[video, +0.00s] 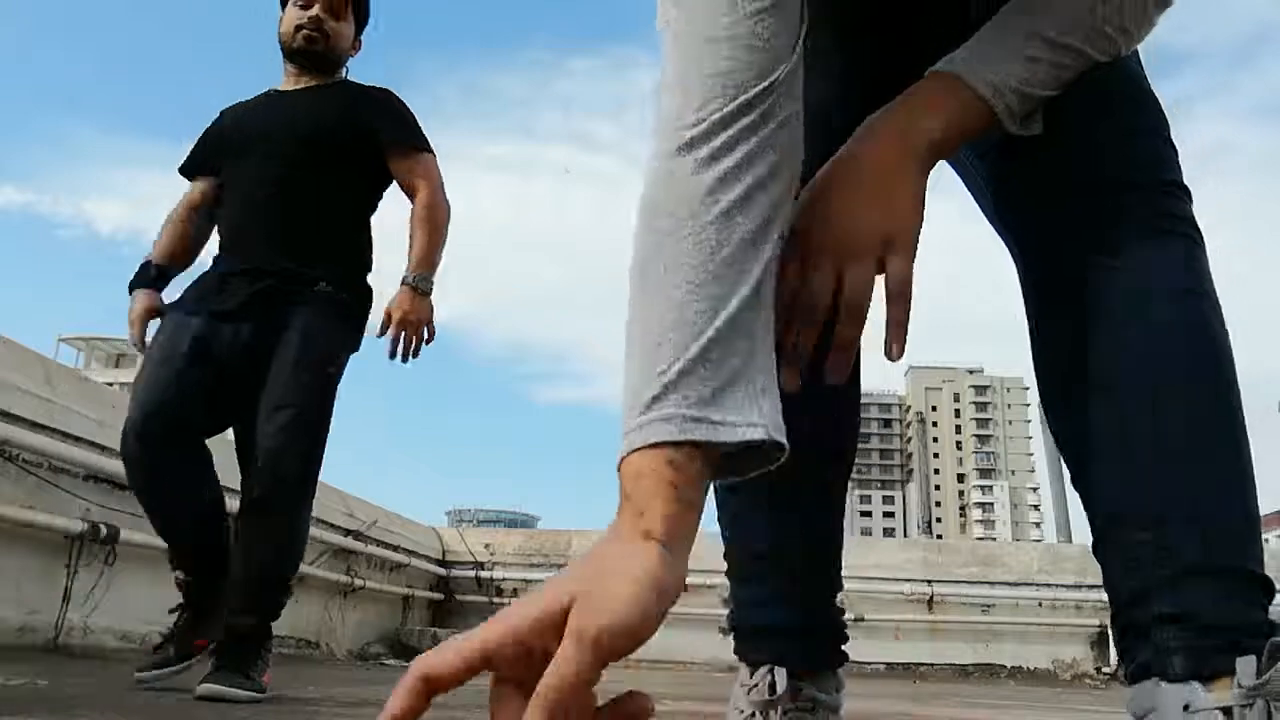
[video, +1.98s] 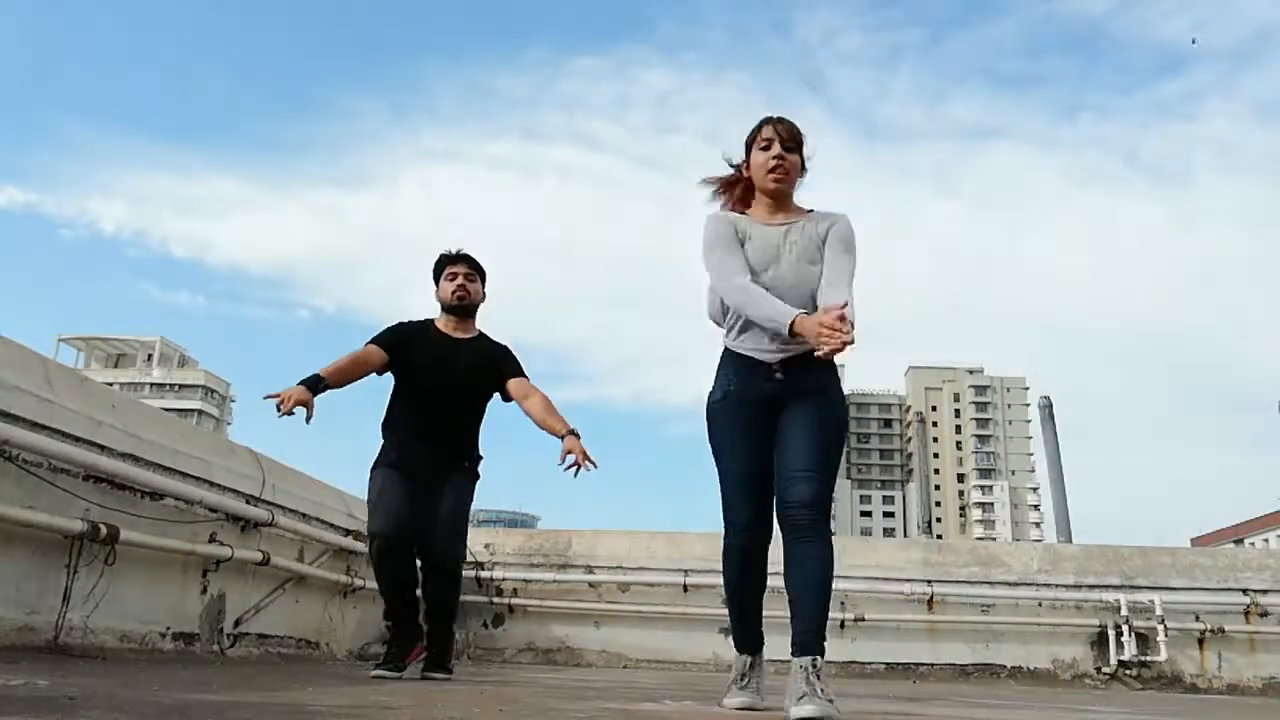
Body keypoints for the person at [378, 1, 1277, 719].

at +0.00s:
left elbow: (1117, 2)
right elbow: (713, 117)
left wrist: (911, 132)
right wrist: (651, 513)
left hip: (1040, 6)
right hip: (813, 10)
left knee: (1121, 224)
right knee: (781, 267)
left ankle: (1189, 673)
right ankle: (784, 662)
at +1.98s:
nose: (777, 155)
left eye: (788, 148)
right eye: (766, 147)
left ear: (801, 164)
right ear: (746, 163)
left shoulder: (831, 226)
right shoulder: (723, 222)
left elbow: (837, 294)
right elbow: (734, 289)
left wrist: (835, 327)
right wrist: (796, 323)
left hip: (812, 385)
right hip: (740, 384)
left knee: (804, 511)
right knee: (745, 524)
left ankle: (807, 667)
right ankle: (747, 660)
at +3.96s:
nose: (796, 176)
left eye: (807, 168)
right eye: (785, 168)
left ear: (824, 183)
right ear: (772, 183)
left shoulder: (854, 239)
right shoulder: (751, 252)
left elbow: (869, 314)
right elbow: (745, 330)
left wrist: (864, 372)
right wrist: (733, 391)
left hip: (836, 385)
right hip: (769, 388)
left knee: (828, 519)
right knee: (728, 517)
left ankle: (827, 670)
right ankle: (748, 636)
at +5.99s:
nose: (785, 214)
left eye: (795, 209)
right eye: (775, 207)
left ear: (804, 228)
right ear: (755, 223)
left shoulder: (826, 280)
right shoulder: (728, 276)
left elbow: (848, 345)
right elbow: (676, 321)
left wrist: (883, 285)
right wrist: (716, 317)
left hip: (815, 415)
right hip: (747, 415)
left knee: (850, 535)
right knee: (732, 532)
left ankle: (859, 673)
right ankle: (717, 666)